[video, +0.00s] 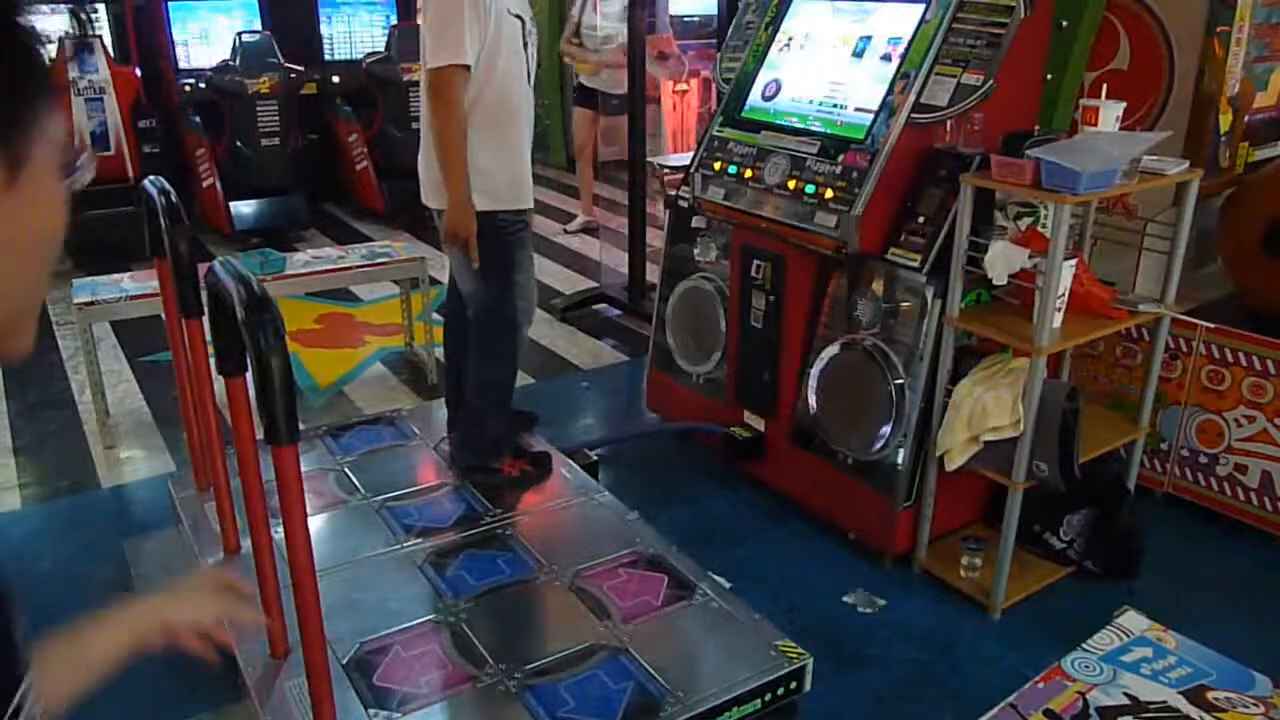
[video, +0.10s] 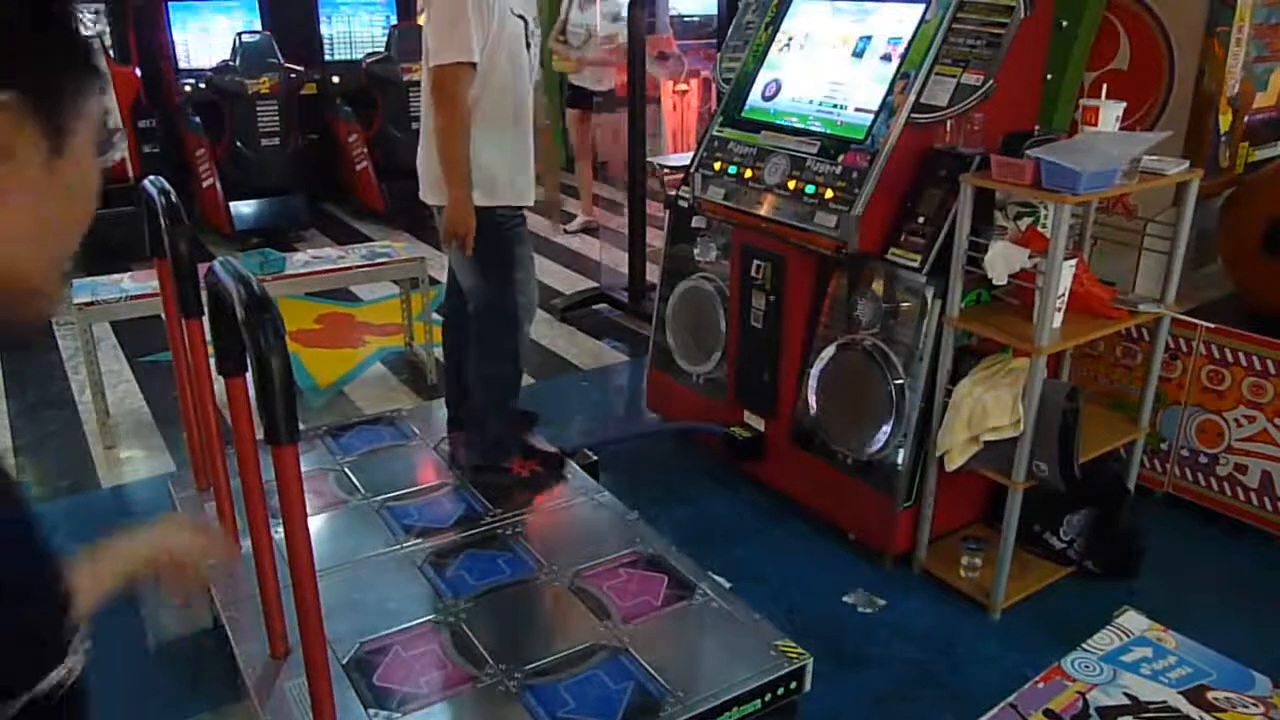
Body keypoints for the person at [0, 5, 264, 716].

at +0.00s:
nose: (66, 211)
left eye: (65, 171)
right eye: (61, 170)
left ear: (15, 176)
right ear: (5, 180)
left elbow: (16, 694)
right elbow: (21, 695)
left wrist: (139, 619)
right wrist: (137, 623)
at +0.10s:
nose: (98, 188)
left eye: (100, 147)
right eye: (94, 143)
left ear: (18, 142)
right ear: (11, 140)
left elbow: (19, 612)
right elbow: (17, 645)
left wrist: (132, 556)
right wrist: (130, 557)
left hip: (50, 698)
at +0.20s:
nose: (136, 181)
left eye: (138, 138)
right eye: (134, 134)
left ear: (58, 129)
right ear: (59, 128)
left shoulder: (26, 363)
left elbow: (19, 553)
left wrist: (131, 505)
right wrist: (129, 509)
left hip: (90, 689)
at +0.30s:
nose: (186, 170)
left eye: (189, 133)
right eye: (184, 130)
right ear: (128, 125)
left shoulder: (39, 362)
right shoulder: (33, 408)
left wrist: (156, 440)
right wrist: (154, 442)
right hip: (102, 705)